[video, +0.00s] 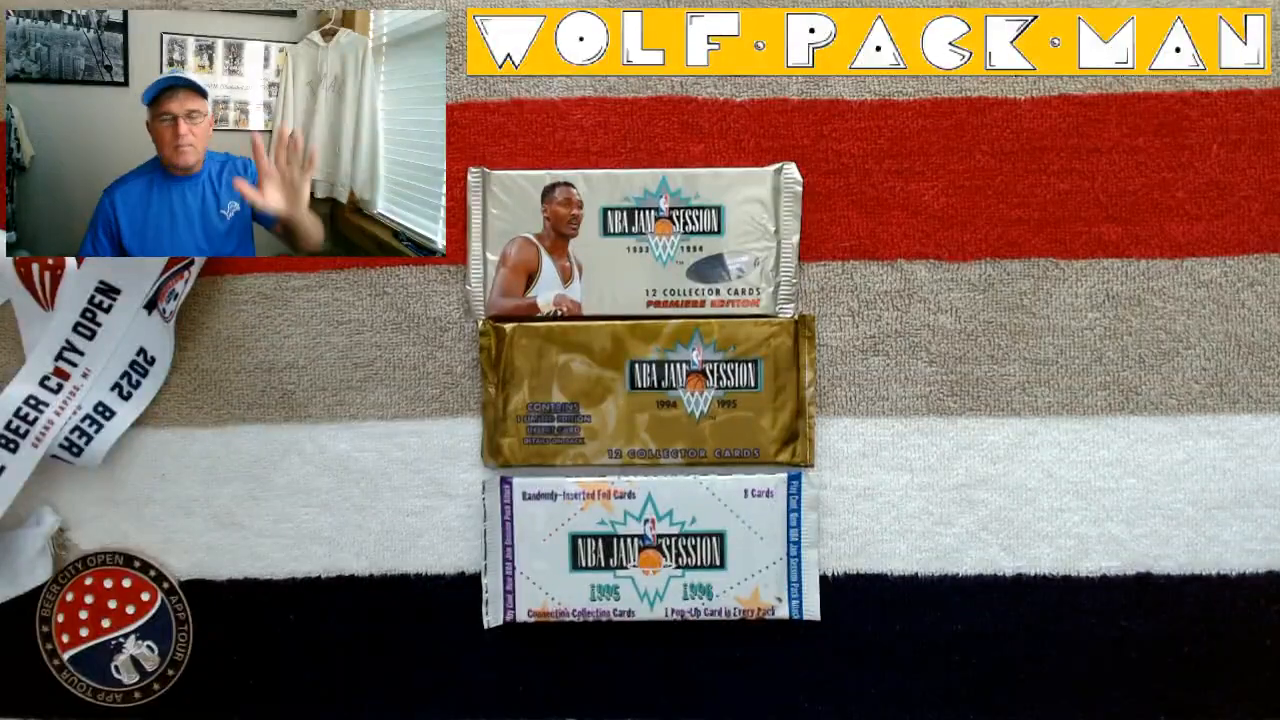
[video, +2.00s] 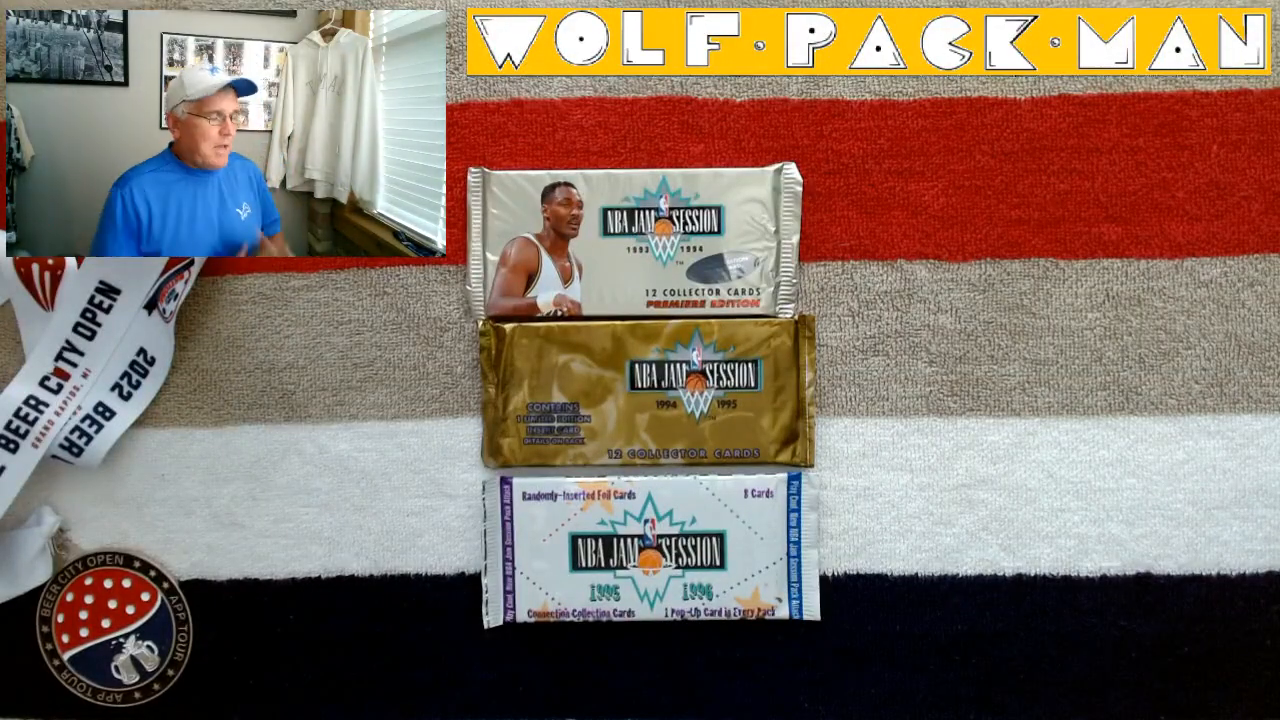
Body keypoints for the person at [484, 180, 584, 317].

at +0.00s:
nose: (576, 213)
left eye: (580, 207)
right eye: (566, 205)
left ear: (583, 211)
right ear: (545, 211)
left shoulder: (575, 265)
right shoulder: (521, 249)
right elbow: (495, 308)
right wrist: (549, 302)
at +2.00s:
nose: (576, 213)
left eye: (580, 207)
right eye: (566, 205)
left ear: (583, 211)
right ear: (545, 211)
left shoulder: (575, 265)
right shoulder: (520, 250)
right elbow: (495, 307)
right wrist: (550, 301)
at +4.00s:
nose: (576, 213)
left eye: (580, 207)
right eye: (566, 205)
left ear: (583, 211)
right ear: (545, 211)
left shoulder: (575, 266)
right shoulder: (520, 250)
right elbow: (495, 308)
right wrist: (550, 301)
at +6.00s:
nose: (576, 213)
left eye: (580, 207)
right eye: (566, 205)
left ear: (583, 211)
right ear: (546, 211)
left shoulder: (575, 266)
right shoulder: (521, 250)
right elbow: (495, 307)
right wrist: (550, 301)